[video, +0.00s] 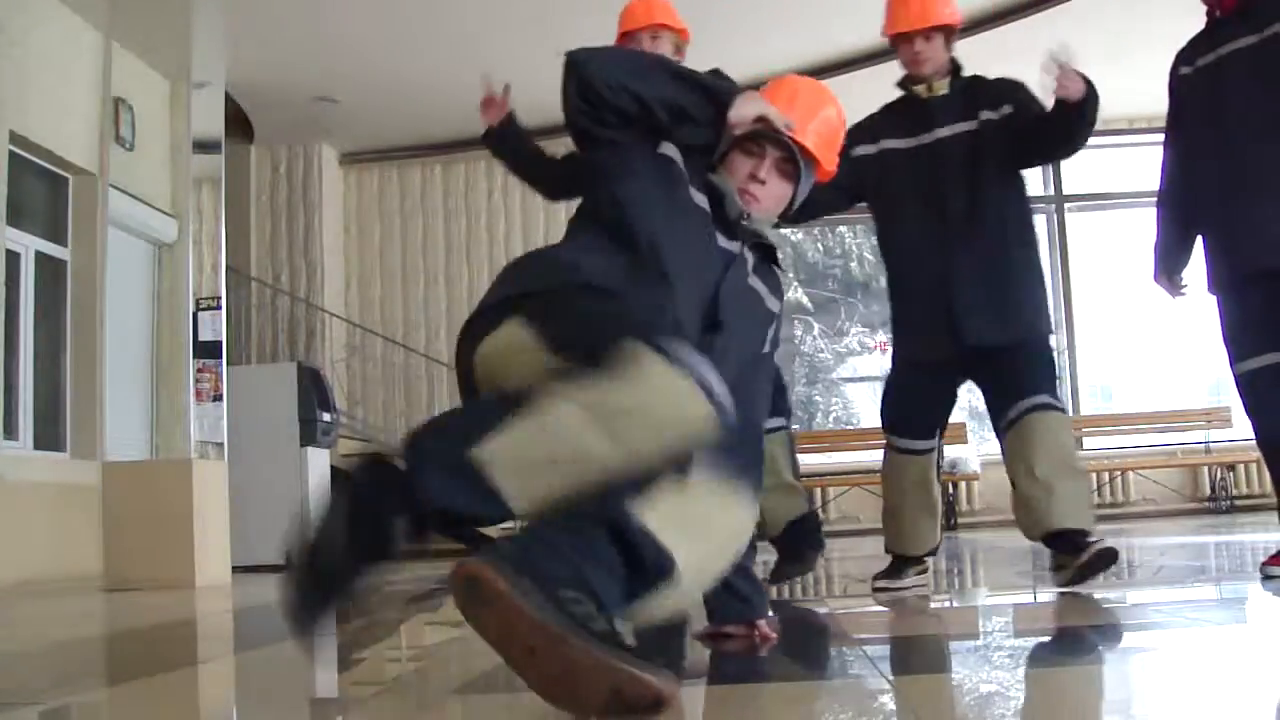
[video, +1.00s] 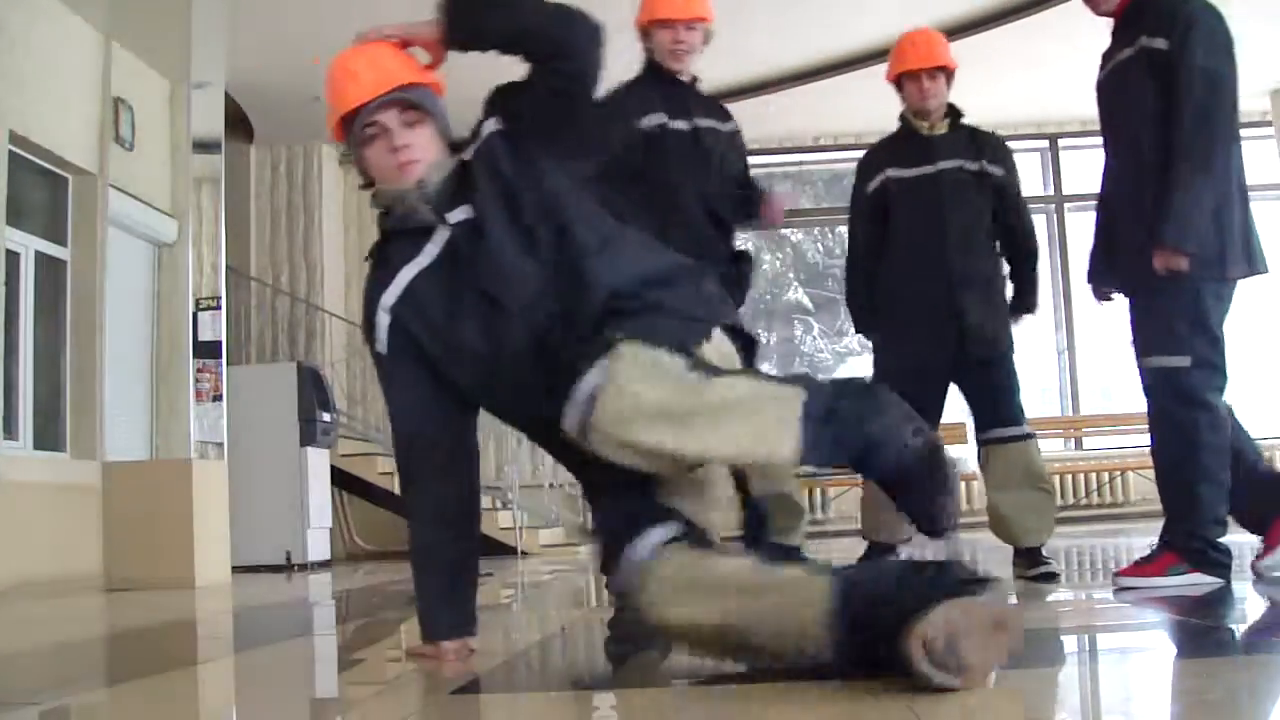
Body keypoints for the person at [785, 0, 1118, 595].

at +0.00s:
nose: (916, 50)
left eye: (926, 37)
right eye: (905, 41)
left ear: (950, 38)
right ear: (893, 49)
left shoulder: (996, 100)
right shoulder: (874, 134)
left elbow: (1050, 140)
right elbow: (815, 190)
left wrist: (1076, 105)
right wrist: (756, 181)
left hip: (1006, 306)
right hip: (924, 316)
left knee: (1035, 416)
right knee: (907, 436)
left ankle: (1069, 543)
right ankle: (909, 555)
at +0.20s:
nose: (894, 66)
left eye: (905, 54)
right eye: (882, 57)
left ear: (926, 57)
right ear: (868, 66)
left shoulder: (972, 119)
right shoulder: (855, 153)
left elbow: (1038, 176)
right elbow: (819, 244)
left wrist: (1020, 209)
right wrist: (766, 281)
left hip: (988, 310)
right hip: (910, 321)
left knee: (1015, 423)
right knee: (904, 441)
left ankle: (1032, 543)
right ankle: (908, 555)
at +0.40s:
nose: (917, 57)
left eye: (927, 45)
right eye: (905, 47)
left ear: (944, 49)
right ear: (886, 55)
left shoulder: (982, 113)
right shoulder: (856, 138)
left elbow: (1043, 150)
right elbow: (808, 195)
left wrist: (982, 174)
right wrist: (843, 218)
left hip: (988, 307)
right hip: (907, 317)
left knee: (1009, 424)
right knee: (908, 435)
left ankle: (1031, 541)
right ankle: (908, 555)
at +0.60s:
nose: (943, 67)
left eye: (953, 55)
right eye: (929, 58)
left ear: (967, 61)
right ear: (913, 67)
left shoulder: (993, 128)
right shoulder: (891, 141)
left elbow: (1029, 185)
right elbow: (863, 215)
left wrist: (1037, 152)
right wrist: (838, 201)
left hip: (990, 307)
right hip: (916, 311)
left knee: (1011, 435)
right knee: (908, 438)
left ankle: (1030, 548)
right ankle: (904, 559)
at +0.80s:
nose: (951, 87)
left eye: (960, 76)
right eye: (939, 79)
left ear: (975, 80)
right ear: (922, 89)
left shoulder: (1011, 149)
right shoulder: (904, 158)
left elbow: (1042, 214)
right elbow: (879, 229)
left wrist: (1045, 266)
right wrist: (865, 290)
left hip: (997, 316)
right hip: (925, 320)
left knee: (1018, 428)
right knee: (913, 435)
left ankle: (1032, 546)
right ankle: (897, 547)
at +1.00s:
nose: (924, 87)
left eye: (933, 76)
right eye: (912, 79)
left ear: (949, 79)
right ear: (897, 87)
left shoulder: (987, 150)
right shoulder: (878, 162)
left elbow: (1016, 228)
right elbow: (861, 249)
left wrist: (1022, 294)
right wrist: (869, 318)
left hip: (980, 322)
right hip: (906, 328)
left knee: (1007, 435)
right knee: (898, 442)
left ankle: (1030, 546)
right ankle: (883, 548)